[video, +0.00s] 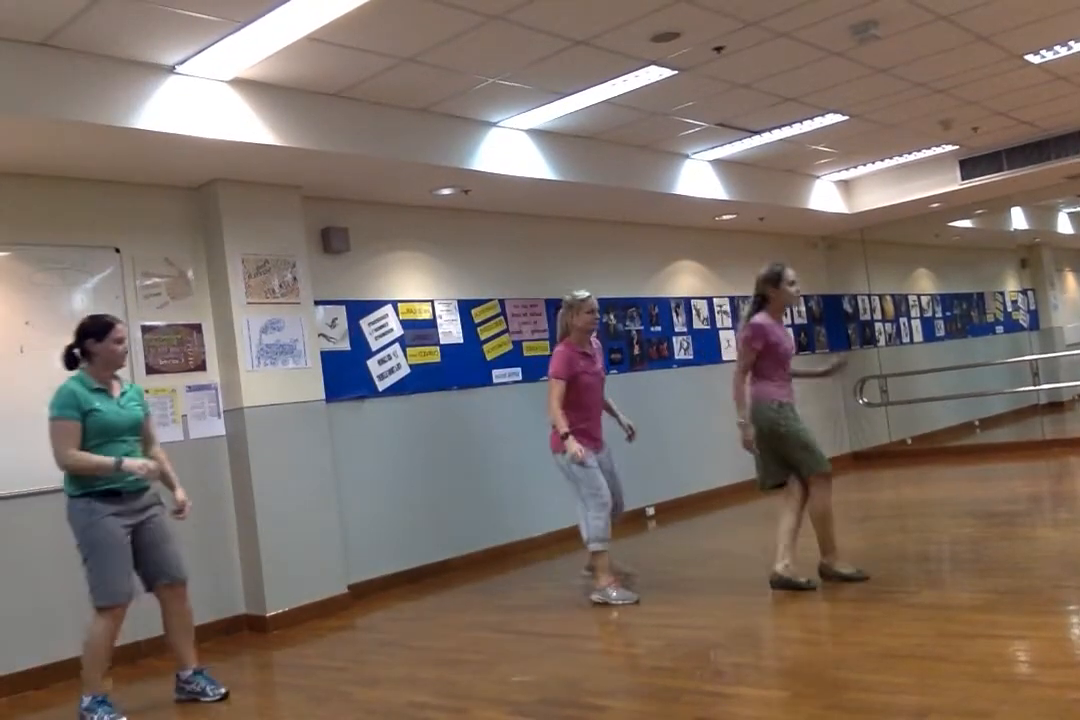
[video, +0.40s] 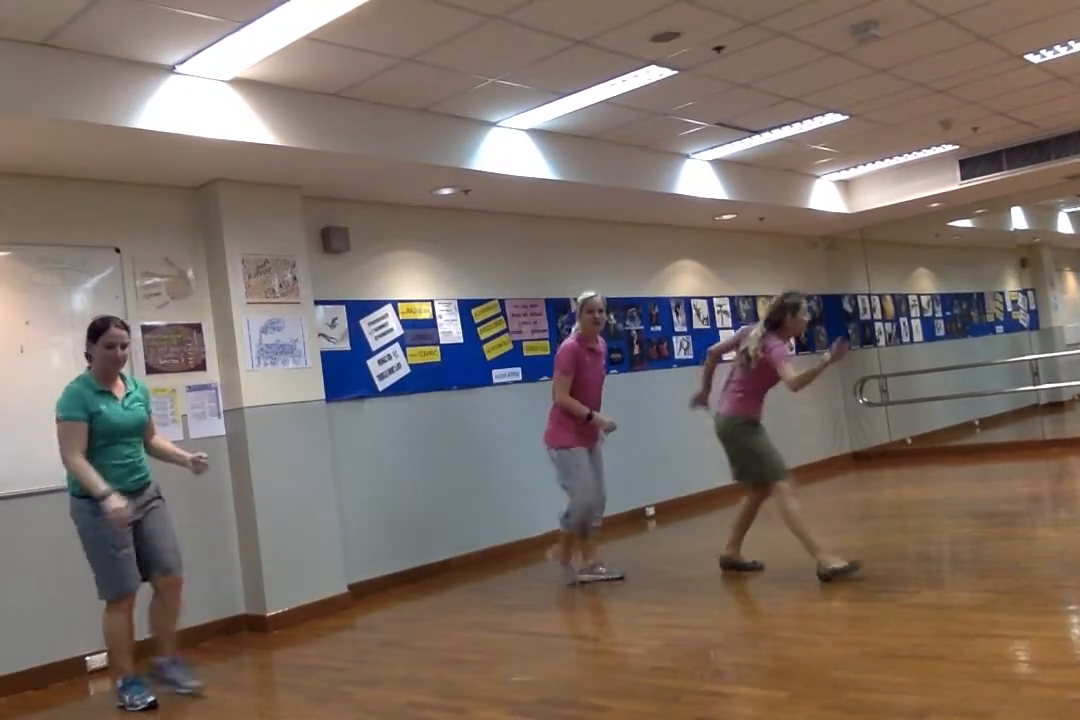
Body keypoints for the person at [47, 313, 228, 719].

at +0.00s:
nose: (125, 348)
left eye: (126, 341)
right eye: (118, 342)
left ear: (119, 345)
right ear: (91, 346)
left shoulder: (132, 392)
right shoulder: (71, 393)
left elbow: (151, 446)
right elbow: (66, 457)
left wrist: (176, 486)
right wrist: (125, 464)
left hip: (143, 502)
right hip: (96, 508)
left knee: (174, 585)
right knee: (113, 600)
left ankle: (189, 676)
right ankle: (93, 699)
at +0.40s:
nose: (120, 353)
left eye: (125, 347)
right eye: (112, 347)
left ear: (130, 349)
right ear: (91, 349)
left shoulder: (136, 389)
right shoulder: (76, 395)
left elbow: (151, 439)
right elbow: (72, 456)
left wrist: (186, 457)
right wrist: (107, 494)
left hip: (144, 495)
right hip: (98, 504)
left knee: (170, 578)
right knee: (121, 593)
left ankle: (165, 662)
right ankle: (126, 682)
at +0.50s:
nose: (115, 352)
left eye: (120, 345)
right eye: (106, 345)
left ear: (127, 348)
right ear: (89, 347)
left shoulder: (137, 388)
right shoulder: (72, 395)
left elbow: (152, 435)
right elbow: (60, 456)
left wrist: (183, 454)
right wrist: (81, 501)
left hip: (144, 497)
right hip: (100, 505)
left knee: (156, 582)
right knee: (116, 596)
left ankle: (126, 645)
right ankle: (122, 682)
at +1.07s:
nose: (135, 352)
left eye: (140, 345)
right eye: (127, 345)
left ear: (145, 348)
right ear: (108, 350)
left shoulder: (156, 393)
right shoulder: (91, 395)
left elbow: (171, 445)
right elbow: (76, 453)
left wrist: (193, 487)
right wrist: (110, 467)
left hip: (162, 500)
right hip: (115, 508)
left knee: (190, 577)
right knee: (130, 594)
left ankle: (165, 650)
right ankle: (129, 679)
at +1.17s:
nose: (148, 347)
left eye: (152, 341)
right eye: (138, 341)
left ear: (156, 345)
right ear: (117, 345)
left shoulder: (163, 386)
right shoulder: (99, 390)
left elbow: (179, 441)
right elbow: (86, 448)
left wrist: (209, 480)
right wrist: (122, 441)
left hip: (171, 495)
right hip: (123, 504)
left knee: (202, 575)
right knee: (130, 595)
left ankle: (216, 669)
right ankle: (129, 680)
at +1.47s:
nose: (199, 344)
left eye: (199, 337)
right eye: (190, 338)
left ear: (195, 343)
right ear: (164, 343)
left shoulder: (206, 387)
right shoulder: (141, 390)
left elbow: (224, 441)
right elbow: (135, 452)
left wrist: (254, 484)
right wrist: (173, 436)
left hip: (222, 495)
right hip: (174, 503)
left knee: (239, 584)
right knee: (188, 598)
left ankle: (245, 679)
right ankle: (150, 657)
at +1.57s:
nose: (210, 339)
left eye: (208, 332)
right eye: (201, 332)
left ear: (191, 339)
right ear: (175, 340)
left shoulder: (216, 384)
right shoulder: (152, 388)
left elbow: (237, 436)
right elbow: (149, 451)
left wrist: (263, 473)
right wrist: (189, 436)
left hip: (235, 489)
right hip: (187, 496)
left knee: (249, 577)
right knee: (218, 579)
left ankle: (245, 679)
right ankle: (192, 676)